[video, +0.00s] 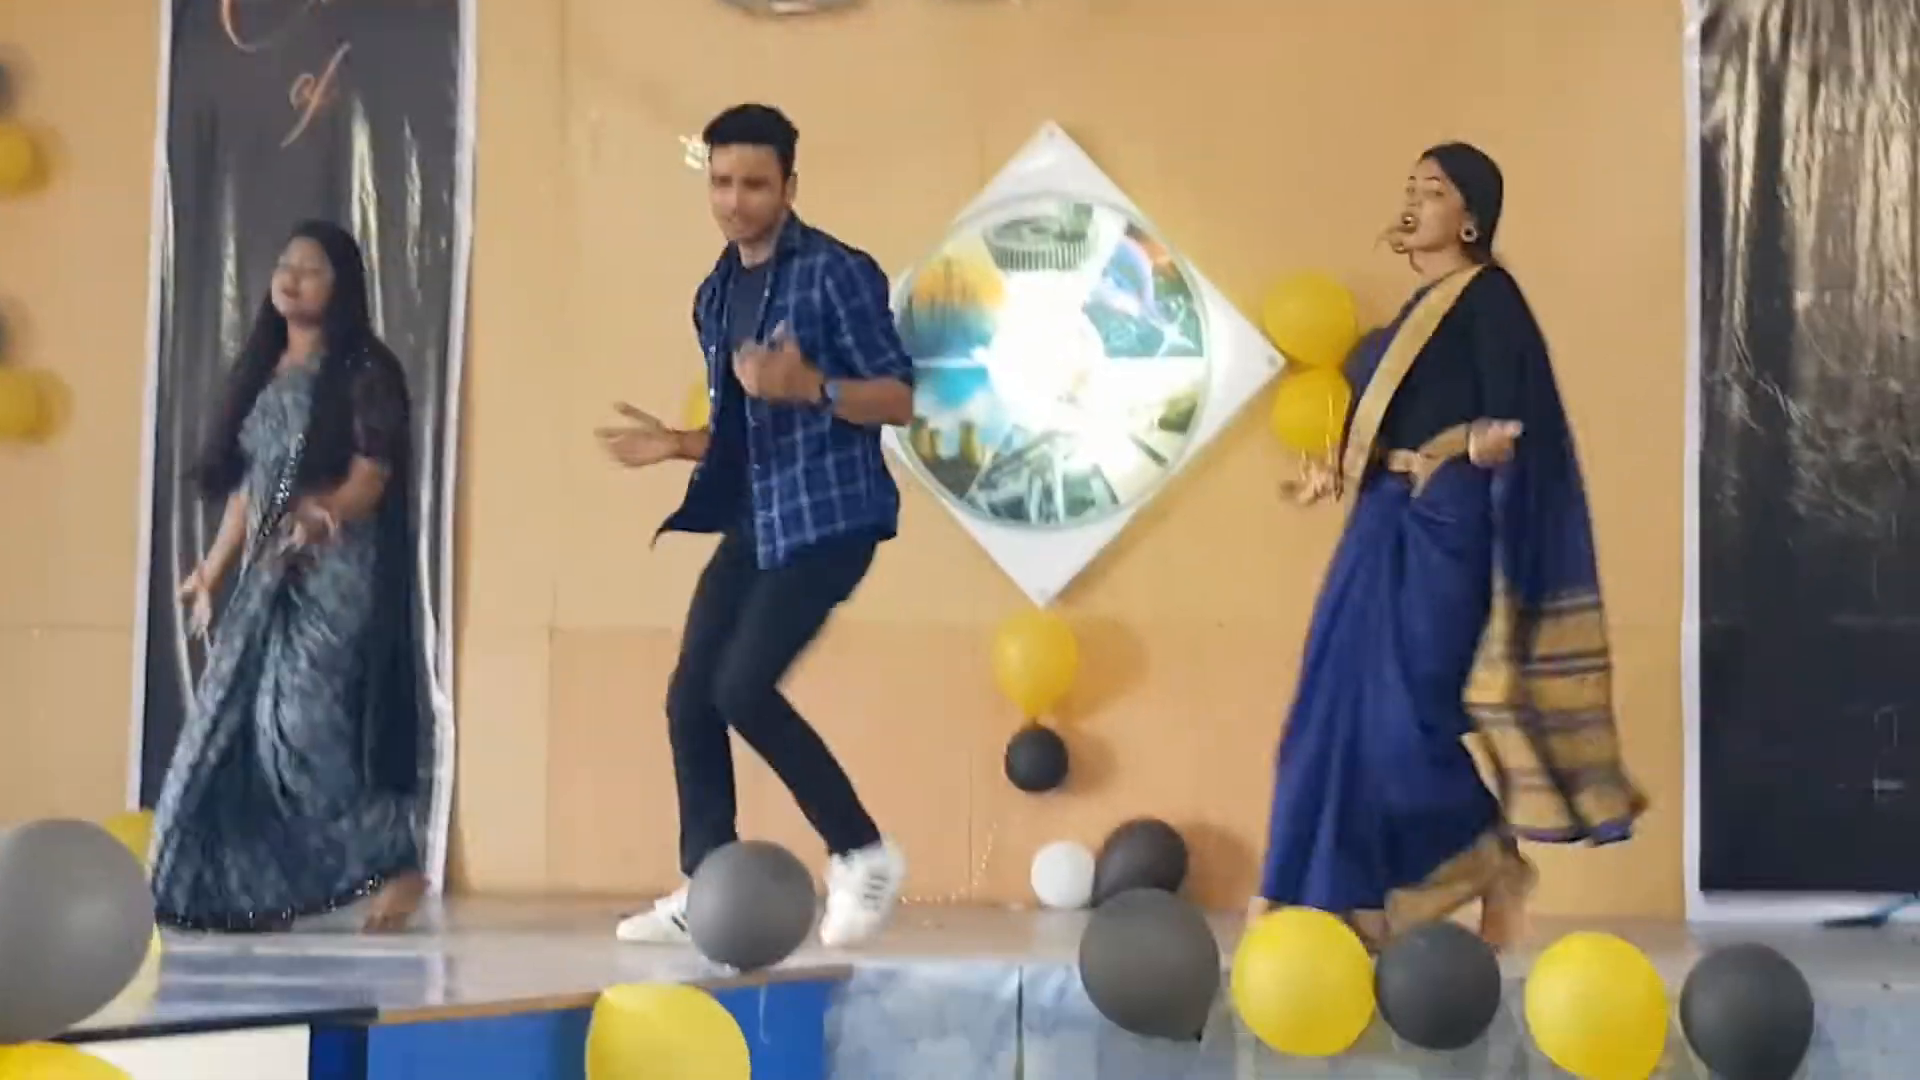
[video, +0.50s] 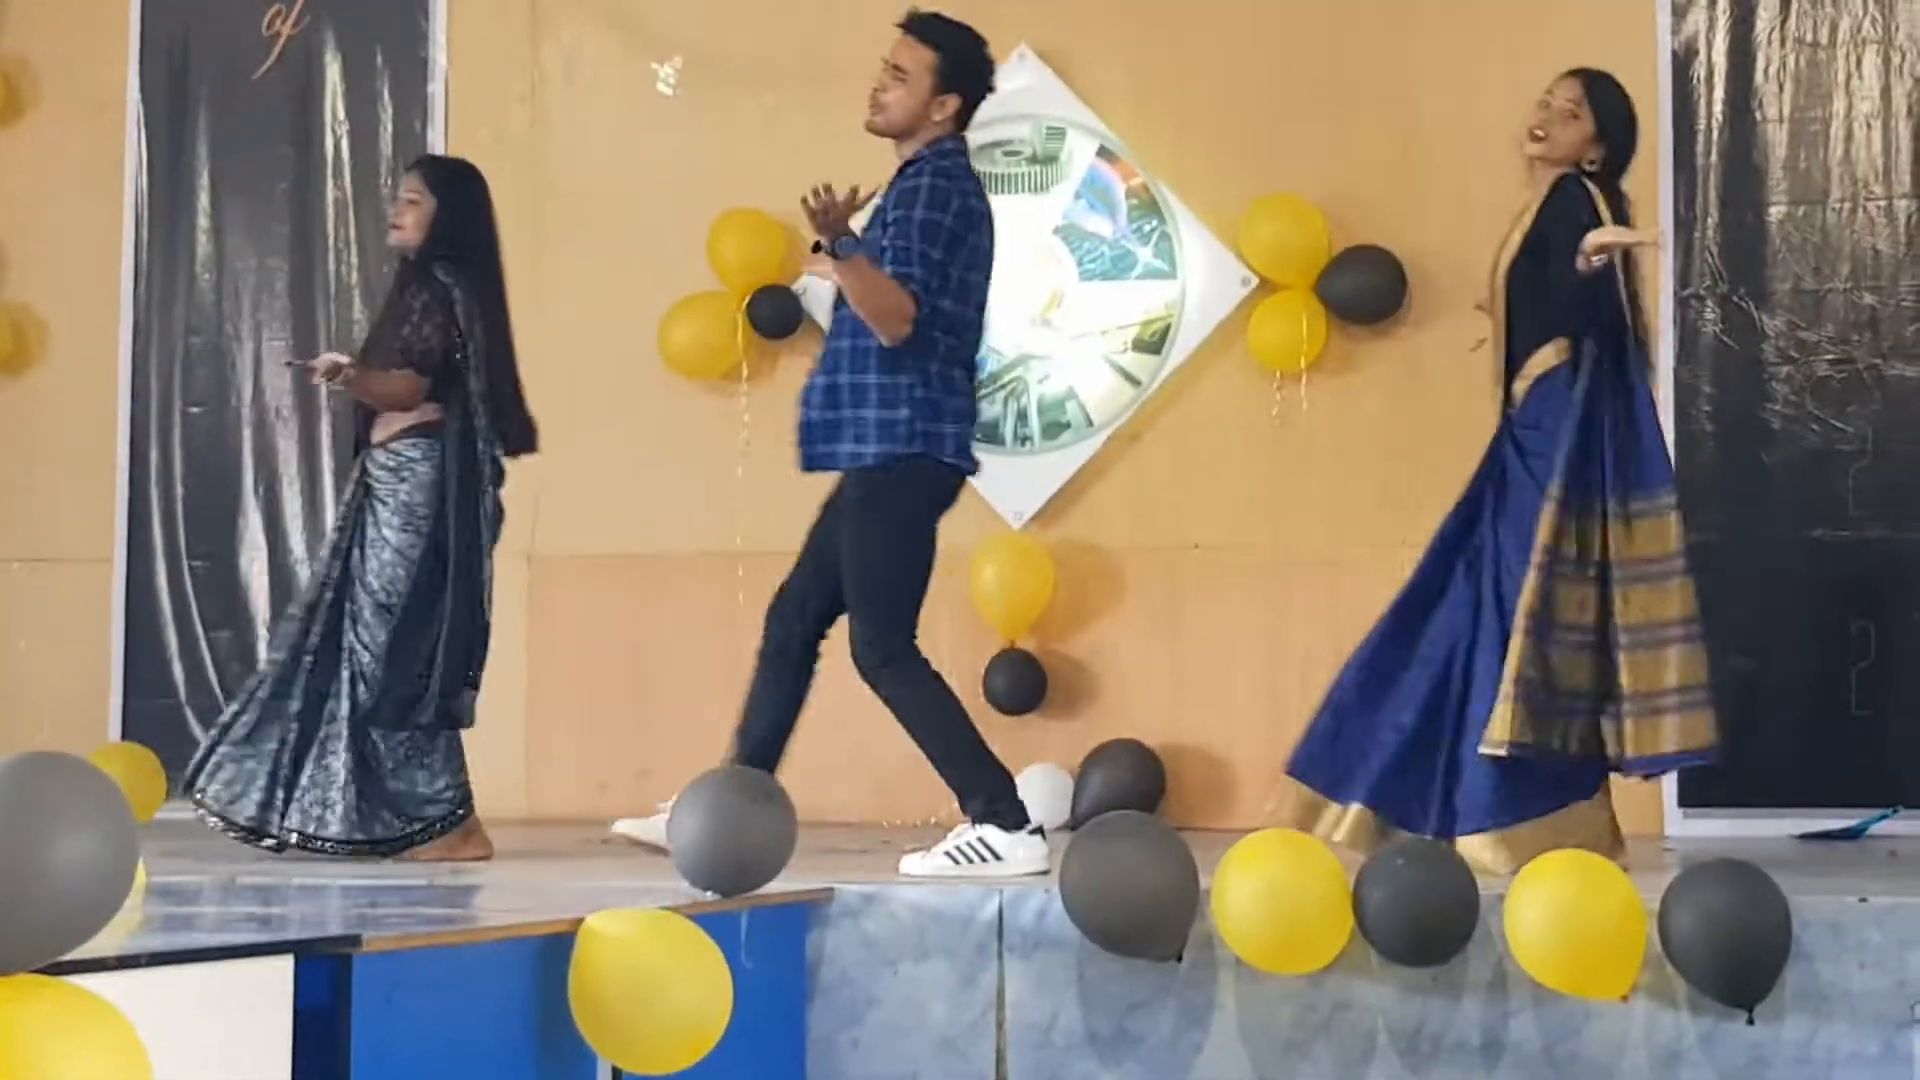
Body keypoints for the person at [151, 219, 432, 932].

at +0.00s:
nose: (293, 283)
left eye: (311, 272)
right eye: (285, 270)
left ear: (342, 285)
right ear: (272, 280)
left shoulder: (368, 368)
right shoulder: (262, 369)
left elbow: (375, 470)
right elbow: (249, 486)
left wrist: (332, 512)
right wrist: (212, 569)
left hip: (337, 566)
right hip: (264, 563)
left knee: (299, 716)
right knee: (231, 715)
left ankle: (391, 867)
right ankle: (255, 893)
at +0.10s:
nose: (299, 225)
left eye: (319, 216)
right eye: (295, 213)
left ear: (349, 232)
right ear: (285, 225)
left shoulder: (360, 306)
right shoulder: (287, 310)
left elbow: (372, 407)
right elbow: (285, 413)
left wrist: (329, 454)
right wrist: (253, 470)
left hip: (341, 509)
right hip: (283, 507)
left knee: (327, 671)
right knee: (257, 670)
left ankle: (431, 805)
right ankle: (263, 848)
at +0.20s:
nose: (317, 199)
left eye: (336, 190)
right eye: (316, 186)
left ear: (369, 204)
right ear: (311, 196)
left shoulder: (368, 275)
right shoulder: (305, 275)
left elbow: (370, 379)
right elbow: (270, 375)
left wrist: (324, 409)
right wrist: (295, 407)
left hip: (345, 474)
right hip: (288, 473)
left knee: (354, 636)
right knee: (265, 640)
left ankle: (455, 786)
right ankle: (260, 822)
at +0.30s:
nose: (337, 203)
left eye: (354, 195)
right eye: (339, 192)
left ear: (390, 209)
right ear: (344, 201)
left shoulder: (386, 281)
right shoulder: (341, 275)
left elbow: (375, 392)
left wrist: (328, 395)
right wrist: (305, 394)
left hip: (356, 472)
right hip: (316, 467)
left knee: (367, 641)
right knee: (273, 637)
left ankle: (459, 806)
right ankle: (252, 809)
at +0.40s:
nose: (365, 220)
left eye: (380, 211)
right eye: (366, 209)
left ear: (417, 223)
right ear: (378, 222)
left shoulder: (418, 300)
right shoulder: (385, 295)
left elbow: (387, 400)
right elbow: (370, 396)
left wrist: (328, 388)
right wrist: (335, 409)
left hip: (394, 492)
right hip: (365, 488)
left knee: (368, 654)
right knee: (344, 651)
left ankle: (459, 825)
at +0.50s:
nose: (396, 212)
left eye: (411, 203)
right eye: (399, 200)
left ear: (445, 217)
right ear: (434, 216)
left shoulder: (434, 285)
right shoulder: (447, 282)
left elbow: (410, 386)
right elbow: (441, 391)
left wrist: (352, 375)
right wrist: (379, 411)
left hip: (418, 485)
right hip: (430, 481)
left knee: (384, 644)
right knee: (400, 645)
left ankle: (449, 822)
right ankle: (433, 818)